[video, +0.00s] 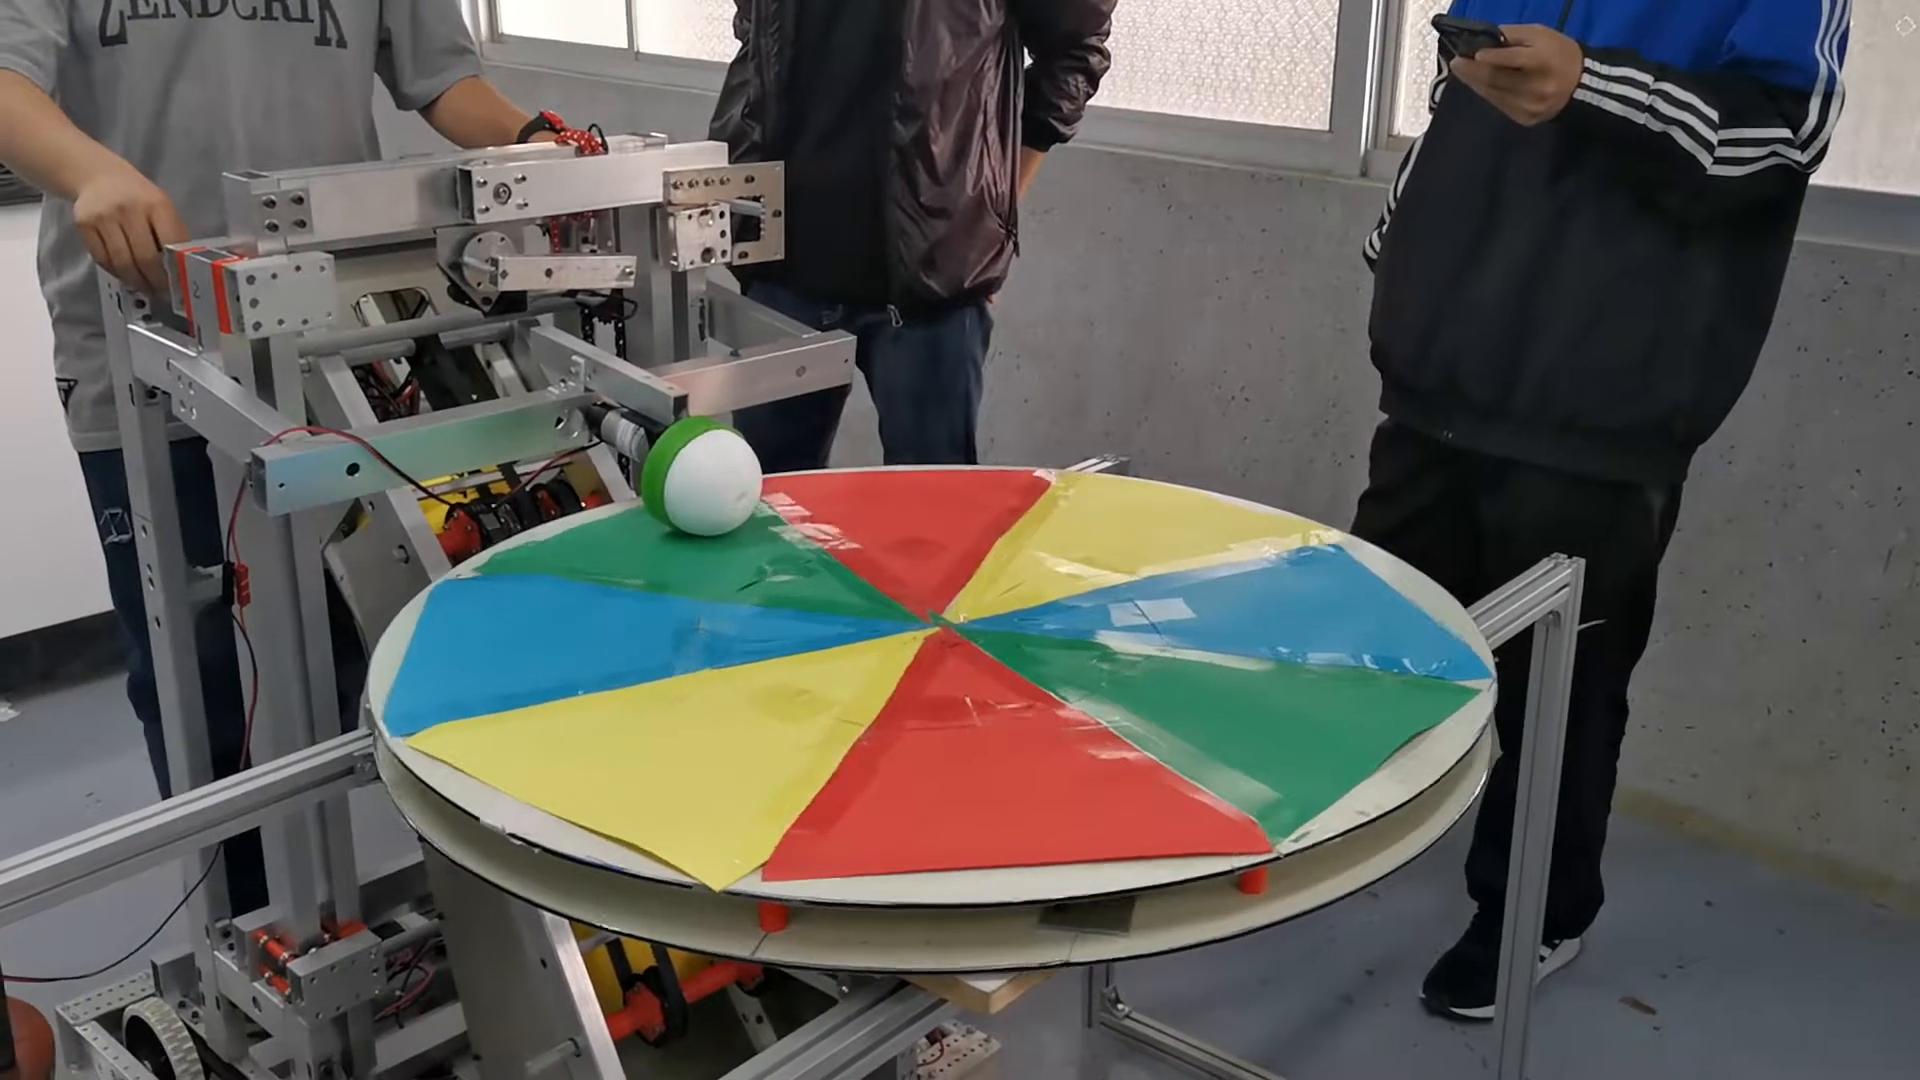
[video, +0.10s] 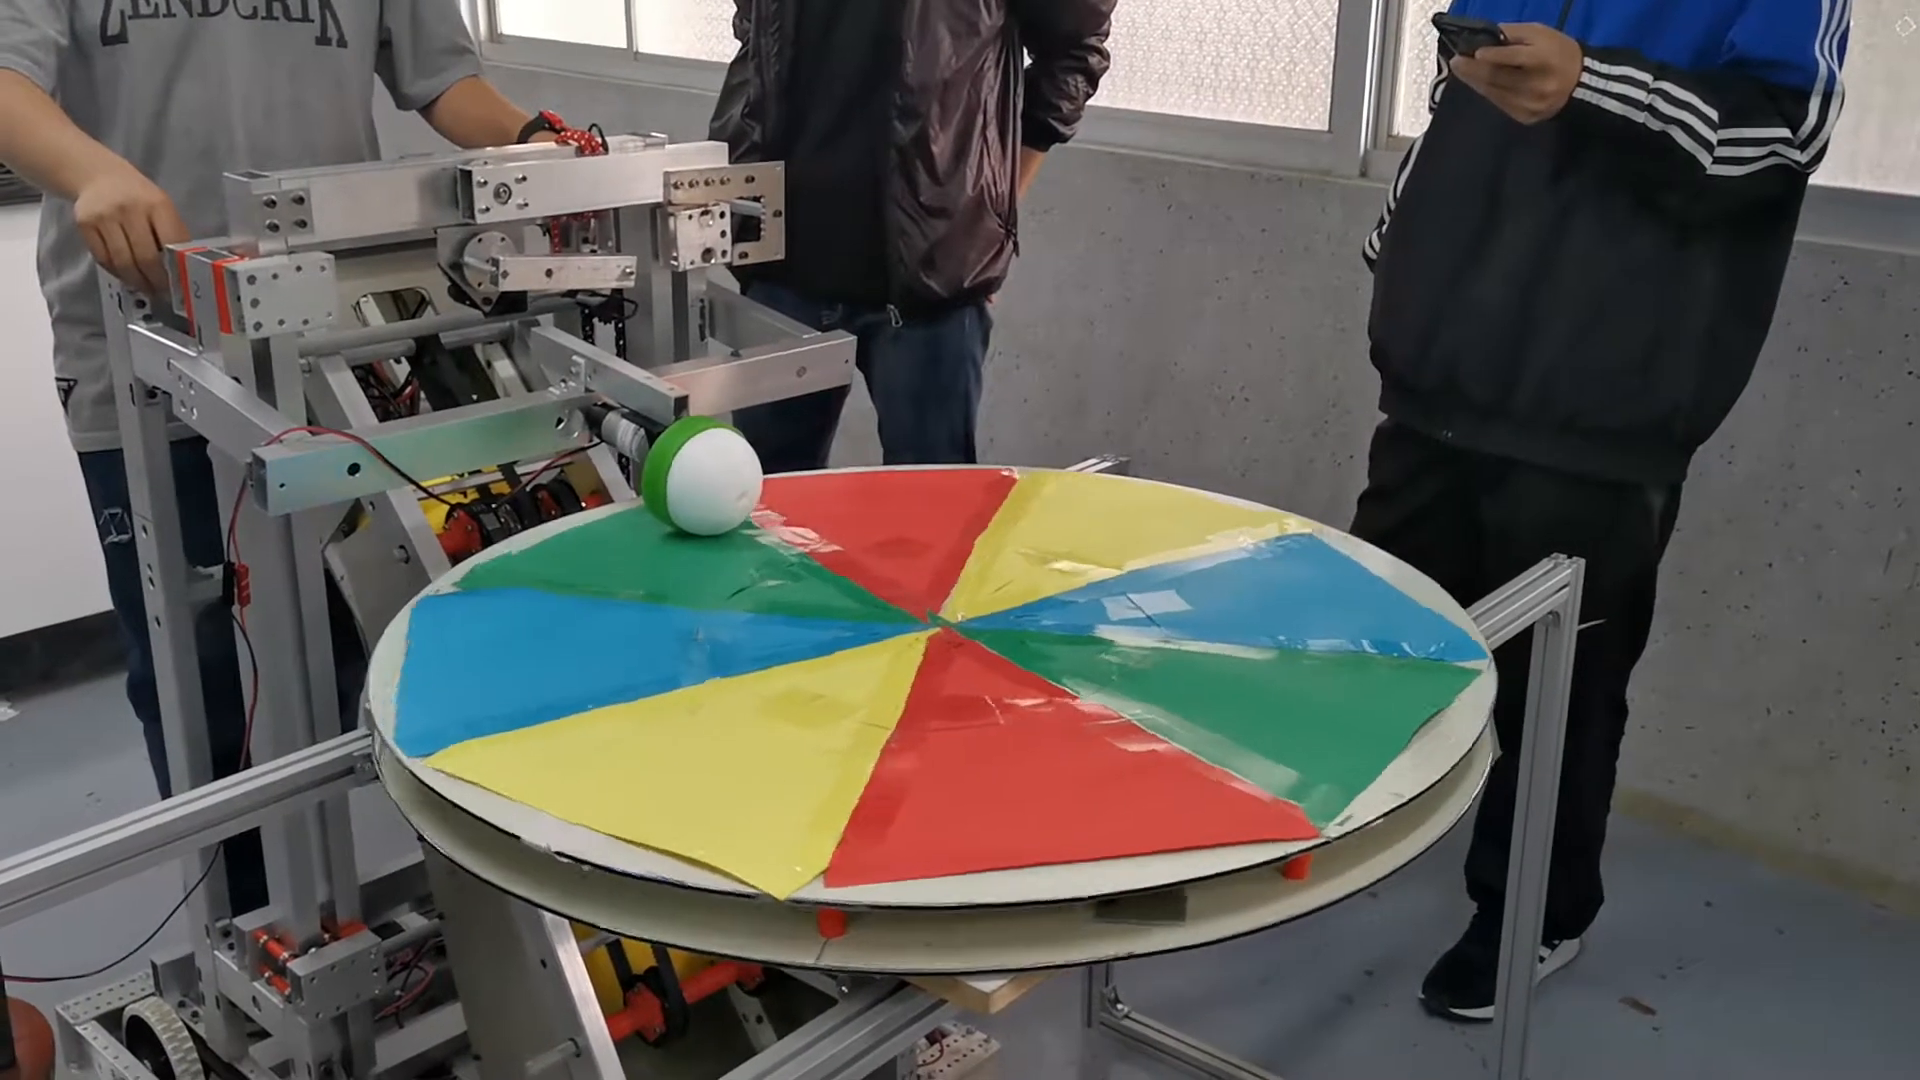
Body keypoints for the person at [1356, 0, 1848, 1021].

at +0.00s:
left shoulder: (1784, 7)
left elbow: (1786, 131)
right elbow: (1463, 66)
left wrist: (1586, 85)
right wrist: (1395, 241)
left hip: (1618, 371)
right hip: (1453, 331)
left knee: (1558, 671)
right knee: (1385, 625)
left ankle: (1530, 912)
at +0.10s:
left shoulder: (1784, 7)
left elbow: (1785, 132)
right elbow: (1462, 51)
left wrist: (1586, 83)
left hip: (1617, 371)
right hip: (1450, 330)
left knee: (1558, 671)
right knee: (1385, 626)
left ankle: (1531, 911)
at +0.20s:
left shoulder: (1783, 7)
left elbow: (1785, 131)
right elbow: (1465, 83)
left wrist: (1586, 84)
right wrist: (1397, 241)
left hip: (1617, 371)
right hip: (1452, 331)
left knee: (1557, 672)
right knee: (1387, 627)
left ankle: (1529, 913)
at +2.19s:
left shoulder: (1811, 7)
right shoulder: (1532, 5)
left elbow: (1805, 138)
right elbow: (1482, 86)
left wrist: (1609, 84)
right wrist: (1409, 243)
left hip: (1631, 375)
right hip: (1467, 330)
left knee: (1565, 669)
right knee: (1389, 622)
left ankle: (1524, 911)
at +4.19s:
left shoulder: (1822, 7)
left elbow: (1812, 139)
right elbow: (1493, 78)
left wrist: (1612, 81)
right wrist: (1421, 240)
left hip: (1639, 371)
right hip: (1474, 324)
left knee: (1573, 665)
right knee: (1402, 608)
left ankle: (1532, 908)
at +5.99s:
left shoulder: (1829, 8)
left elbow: (1819, 127)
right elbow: (1500, 86)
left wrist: (1616, 69)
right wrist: (1425, 241)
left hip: (1649, 363)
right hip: (1485, 317)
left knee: (1586, 658)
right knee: (1406, 603)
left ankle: (1547, 897)